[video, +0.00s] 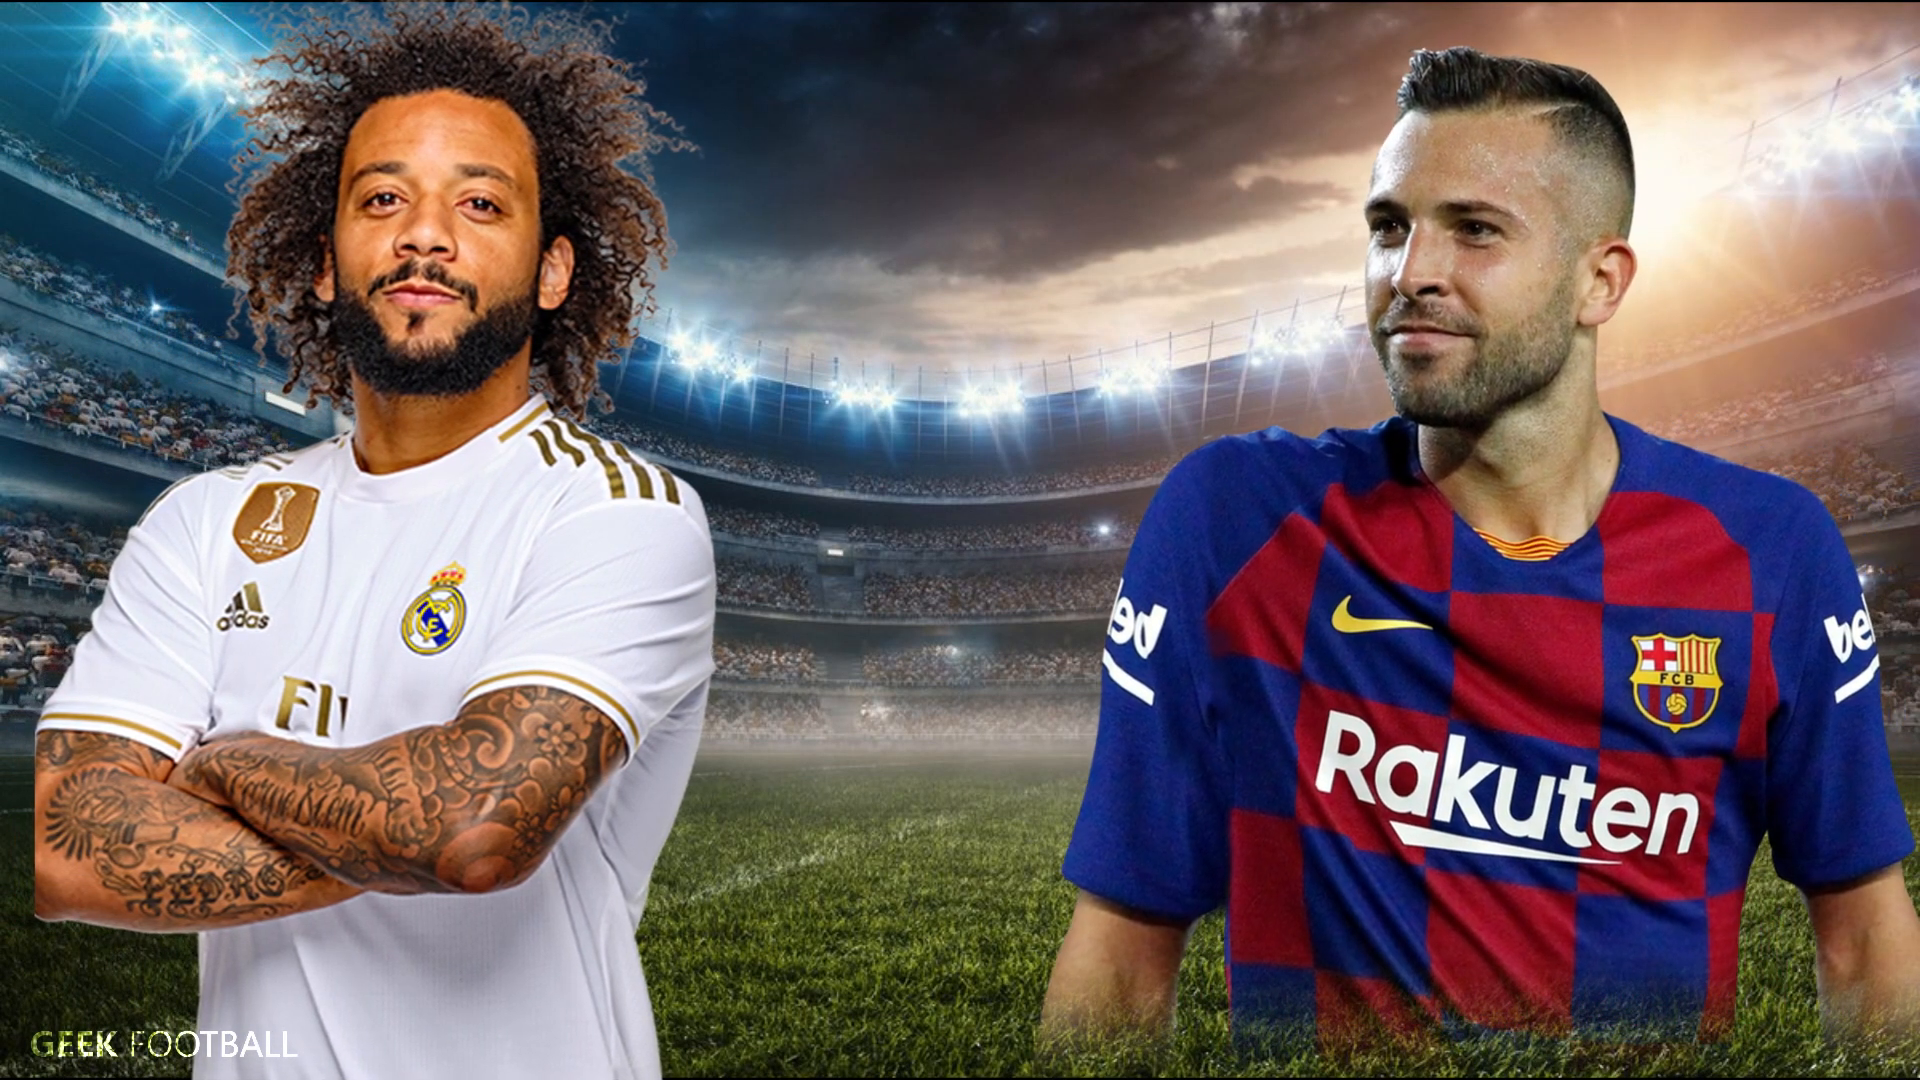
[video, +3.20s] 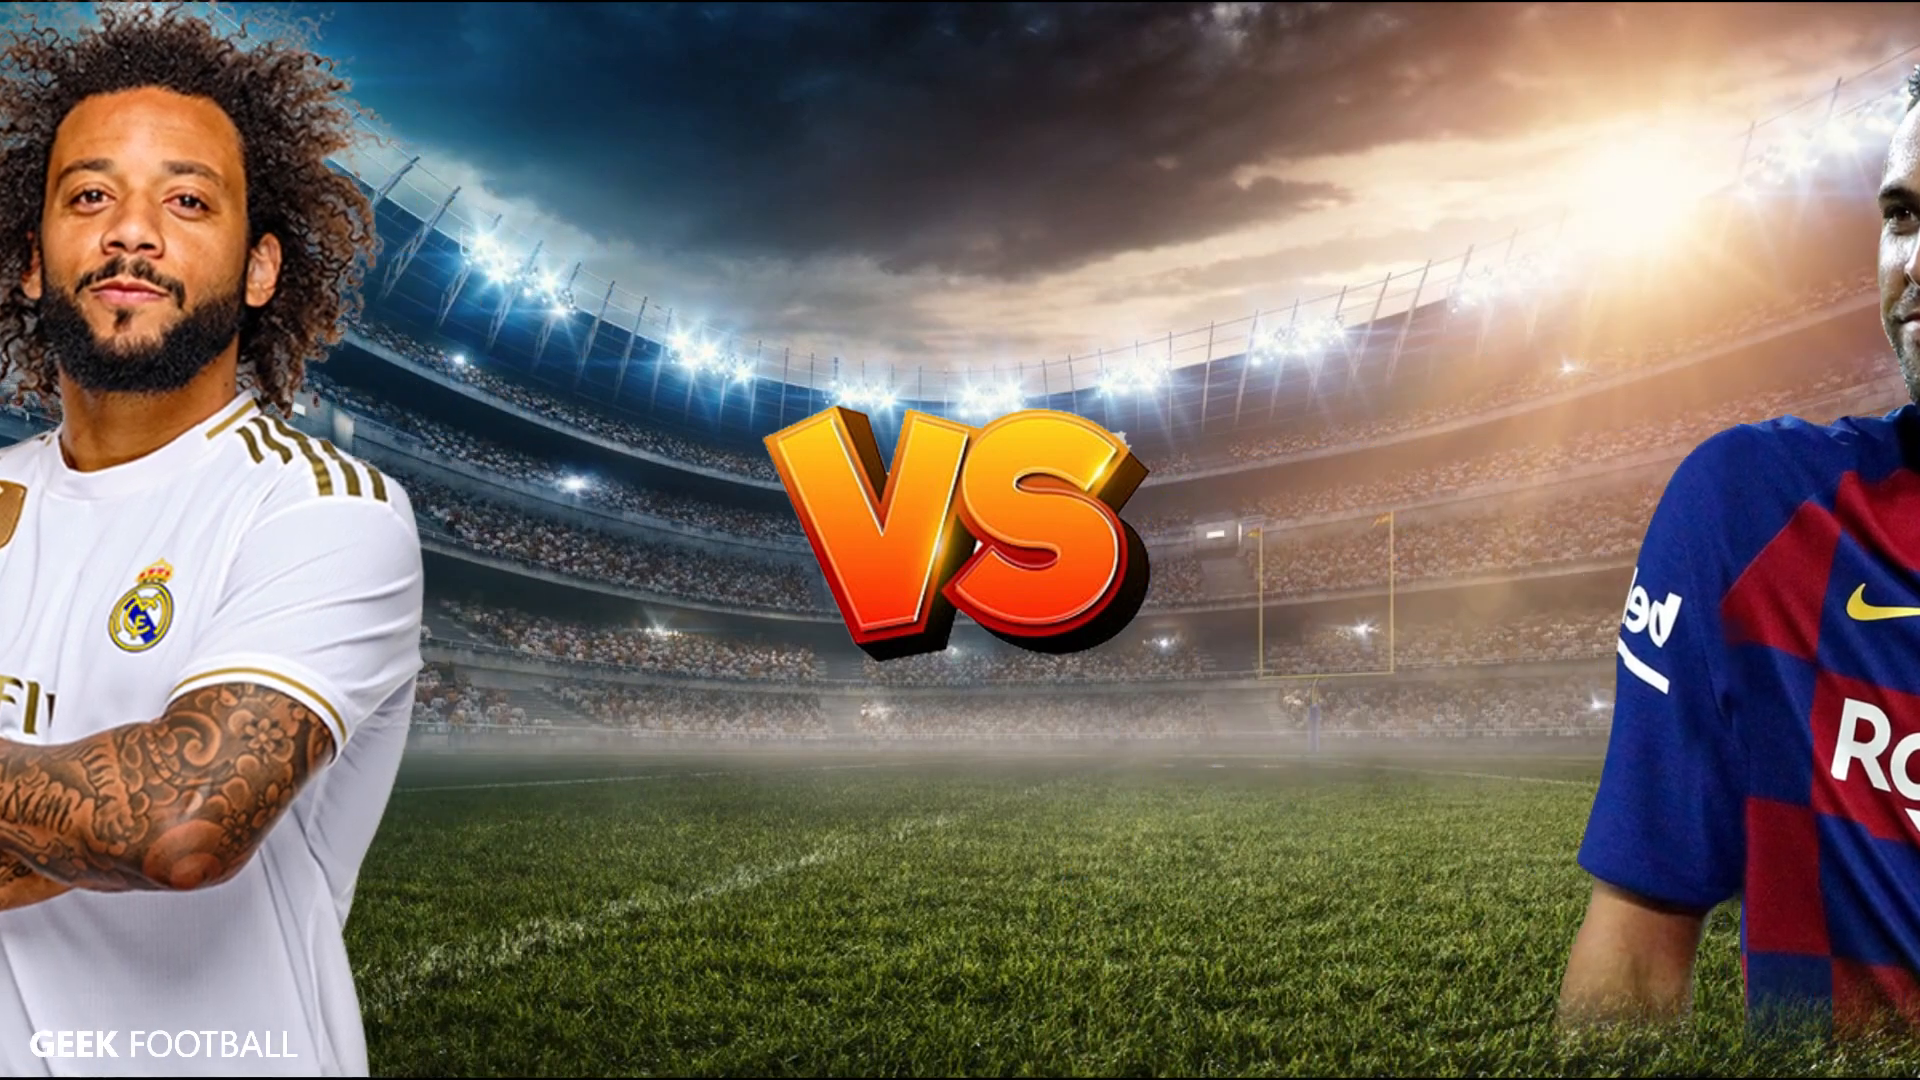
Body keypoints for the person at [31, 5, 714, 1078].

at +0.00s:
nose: (426, 238)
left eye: (482, 203)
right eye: (383, 199)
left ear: (549, 273)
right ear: (329, 260)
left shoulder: (624, 518)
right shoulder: (203, 523)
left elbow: (478, 825)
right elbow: (77, 856)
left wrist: (214, 761)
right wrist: (400, 829)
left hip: (535, 1063)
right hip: (256, 1063)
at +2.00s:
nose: (393, 238)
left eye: (448, 204)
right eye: (349, 199)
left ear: (517, 273)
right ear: (296, 260)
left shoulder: (591, 518)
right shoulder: (171, 522)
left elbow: (446, 825)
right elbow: (33, 850)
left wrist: (182, 759)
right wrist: (362, 830)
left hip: (501, 1063)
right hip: (220, 1061)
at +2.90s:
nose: (260, 234)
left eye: (317, 203)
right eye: (219, 198)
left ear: (386, 273)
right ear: (163, 262)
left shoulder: (462, 516)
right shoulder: (39, 521)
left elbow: (314, 824)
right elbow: (7, 875)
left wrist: (43, 760)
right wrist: (241, 821)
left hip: (367, 1063)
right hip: (90, 1063)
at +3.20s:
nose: (130, 232)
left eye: (186, 200)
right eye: (89, 198)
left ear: (256, 268)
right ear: (36, 258)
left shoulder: (330, 514)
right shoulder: (5, 492)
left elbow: (185, 820)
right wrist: (108, 809)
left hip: (237, 1057)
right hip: (18, 1053)